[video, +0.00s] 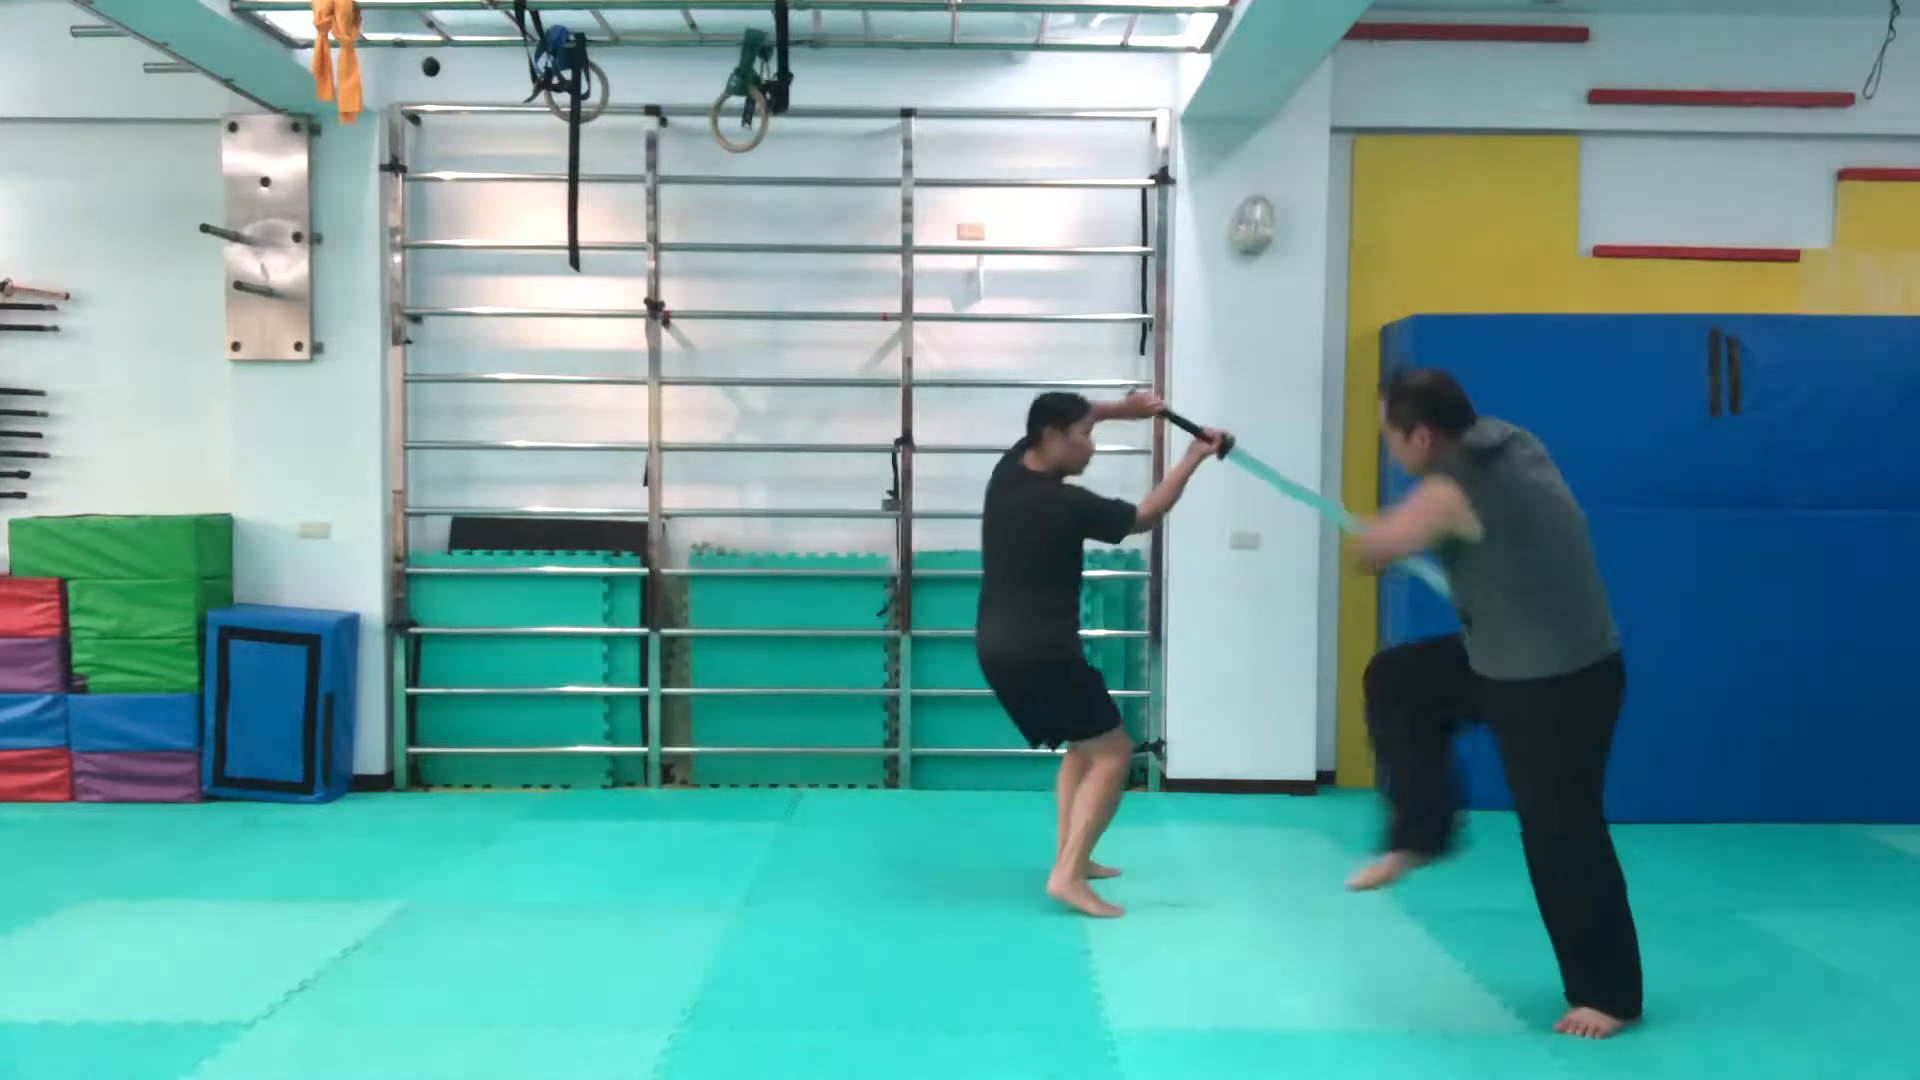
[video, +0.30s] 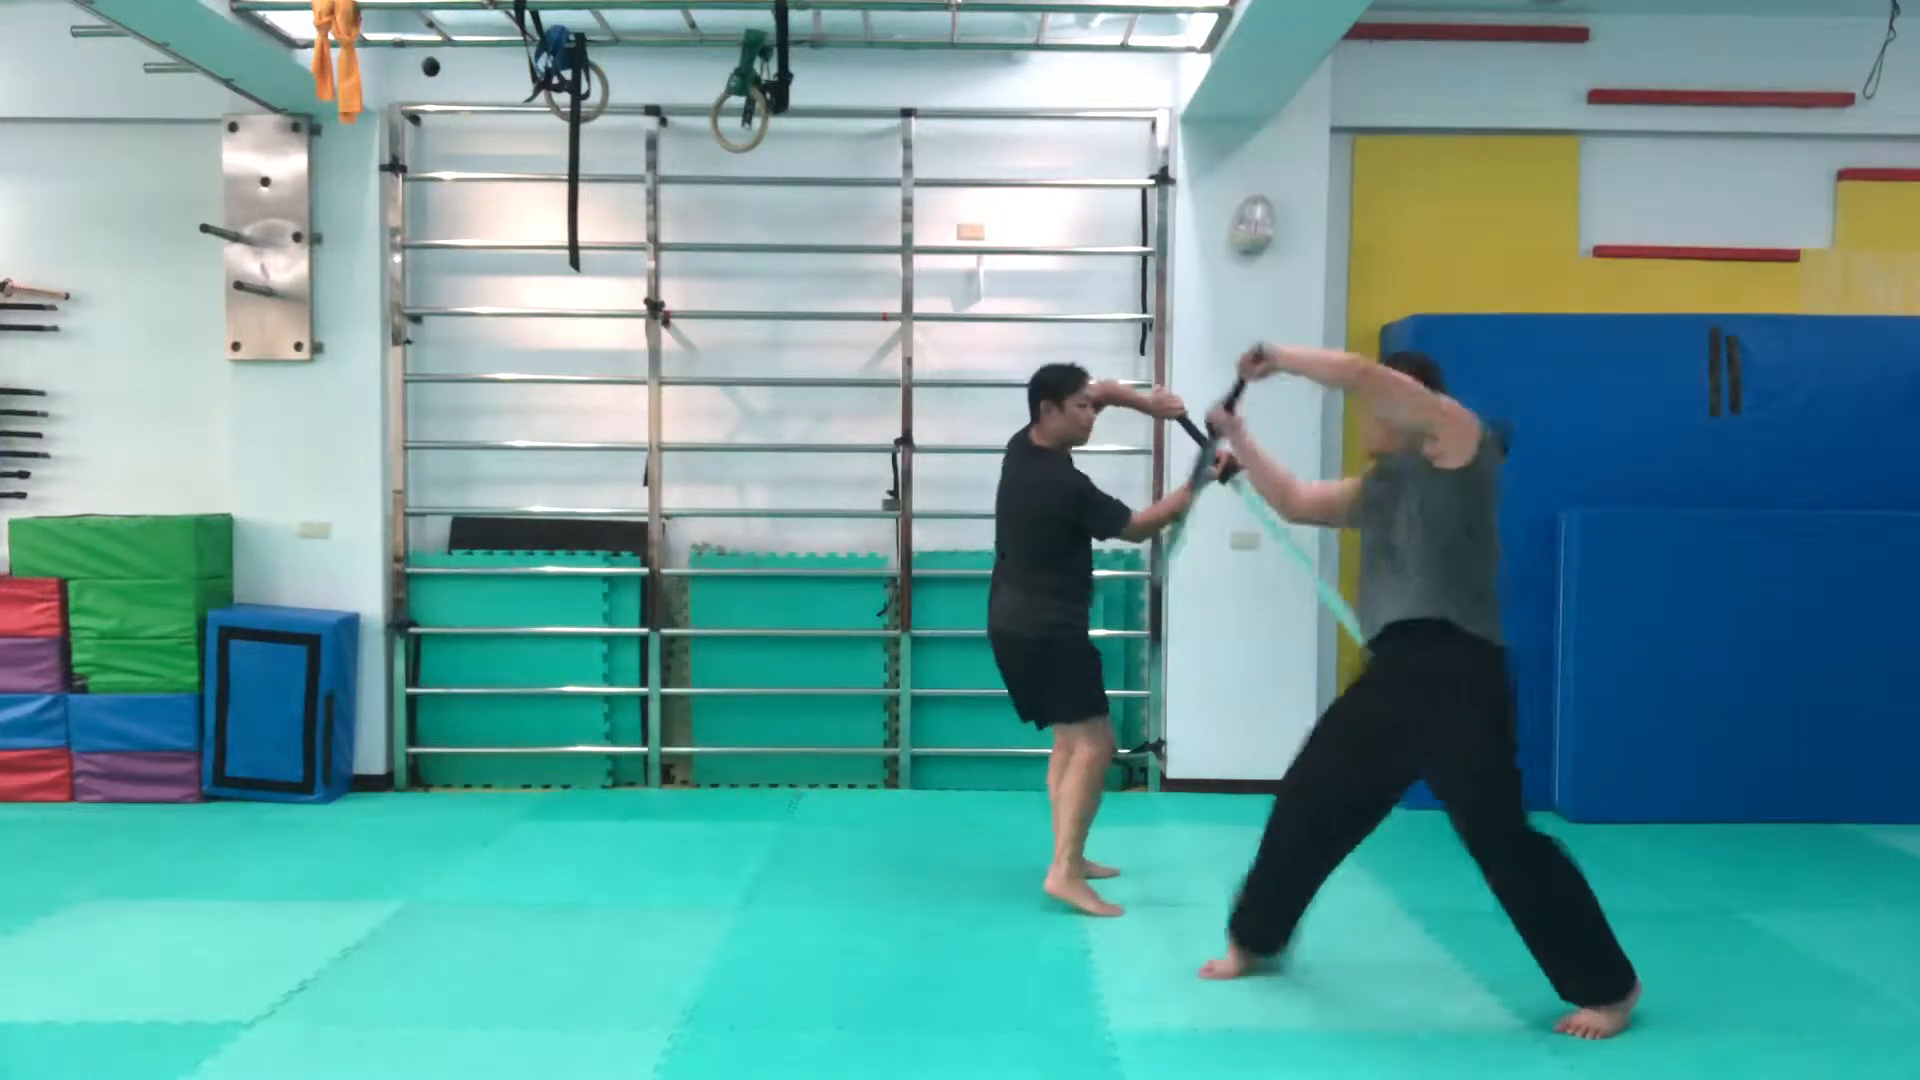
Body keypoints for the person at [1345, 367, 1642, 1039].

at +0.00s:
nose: (1392, 451)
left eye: (1393, 438)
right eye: (1390, 438)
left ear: (1423, 434)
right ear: (1450, 422)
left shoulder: (1453, 487)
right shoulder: (1510, 446)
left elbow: (1374, 549)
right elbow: (1457, 519)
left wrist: (1373, 544)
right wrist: (1396, 530)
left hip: (1555, 681)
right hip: (1511, 661)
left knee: (1563, 836)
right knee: (1397, 677)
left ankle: (1609, 998)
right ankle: (1419, 835)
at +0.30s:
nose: (1367, 418)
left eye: (1379, 402)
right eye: (1367, 403)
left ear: (1415, 398)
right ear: (1374, 406)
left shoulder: (1462, 446)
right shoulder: (1381, 486)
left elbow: (1370, 376)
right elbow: (1295, 500)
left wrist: (1279, 358)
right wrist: (1241, 440)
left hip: (1458, 671)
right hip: (1394, 673)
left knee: (1495, 832)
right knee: (1312, 800)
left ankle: (1608, 987)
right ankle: (1254, 941)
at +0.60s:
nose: (1257, 430)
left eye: (1269, 414)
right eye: (1257, 417)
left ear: (1305, 407)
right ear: (1275, 414)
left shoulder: (1370, 453)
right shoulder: (1288, 489)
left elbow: (1284, 379)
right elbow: (1213, 507)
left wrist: (1205, 361)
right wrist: (1174, 435)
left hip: (1406, 673)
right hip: (1326, 681)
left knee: (1469, 830)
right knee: (1264, 800)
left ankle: (1597, 968)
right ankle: (1257, 956)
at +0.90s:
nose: (1342, 390)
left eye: (1356, 379)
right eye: (1345, 378)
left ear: (1399, 392)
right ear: (1380, 393)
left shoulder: (1446, 468)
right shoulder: (1346, 480)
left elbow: (1372, 524)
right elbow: (1312, 555)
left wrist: (1298, 534)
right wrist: (1233, 551)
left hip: (1426, 693)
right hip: (1340, 691)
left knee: (1478, 852)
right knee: (1291, 822)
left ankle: (1576, 1012)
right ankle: (1259, 958)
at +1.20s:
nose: (1448, 372)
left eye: (1463, 361)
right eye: (1452, 360)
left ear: (1510, 376)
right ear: (1490, 377)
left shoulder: (1555, 468)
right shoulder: (1434, 463)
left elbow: (1550, 581)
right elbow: (1400, 564)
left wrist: (1455, 627)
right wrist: (1380, 645)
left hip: (1507, 696)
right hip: (1421, 688)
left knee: (1526, 860)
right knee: (1375, 809)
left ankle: (1582, 1029)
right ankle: (1345, 941)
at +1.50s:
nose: (1438, 378)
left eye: (1453, 368)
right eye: (1441, 367)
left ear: (1500, 381)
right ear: (1474, 383)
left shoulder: (1543, 467)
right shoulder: (1428, 473)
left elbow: (1539, 570)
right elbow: (1401, 568)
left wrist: (1444, 630)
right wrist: (1371, 641)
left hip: (1504, 698)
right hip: (1423, 691)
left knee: (1524, 864)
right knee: (1388, 796)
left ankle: (1581, 1027)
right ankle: (1377, 914)